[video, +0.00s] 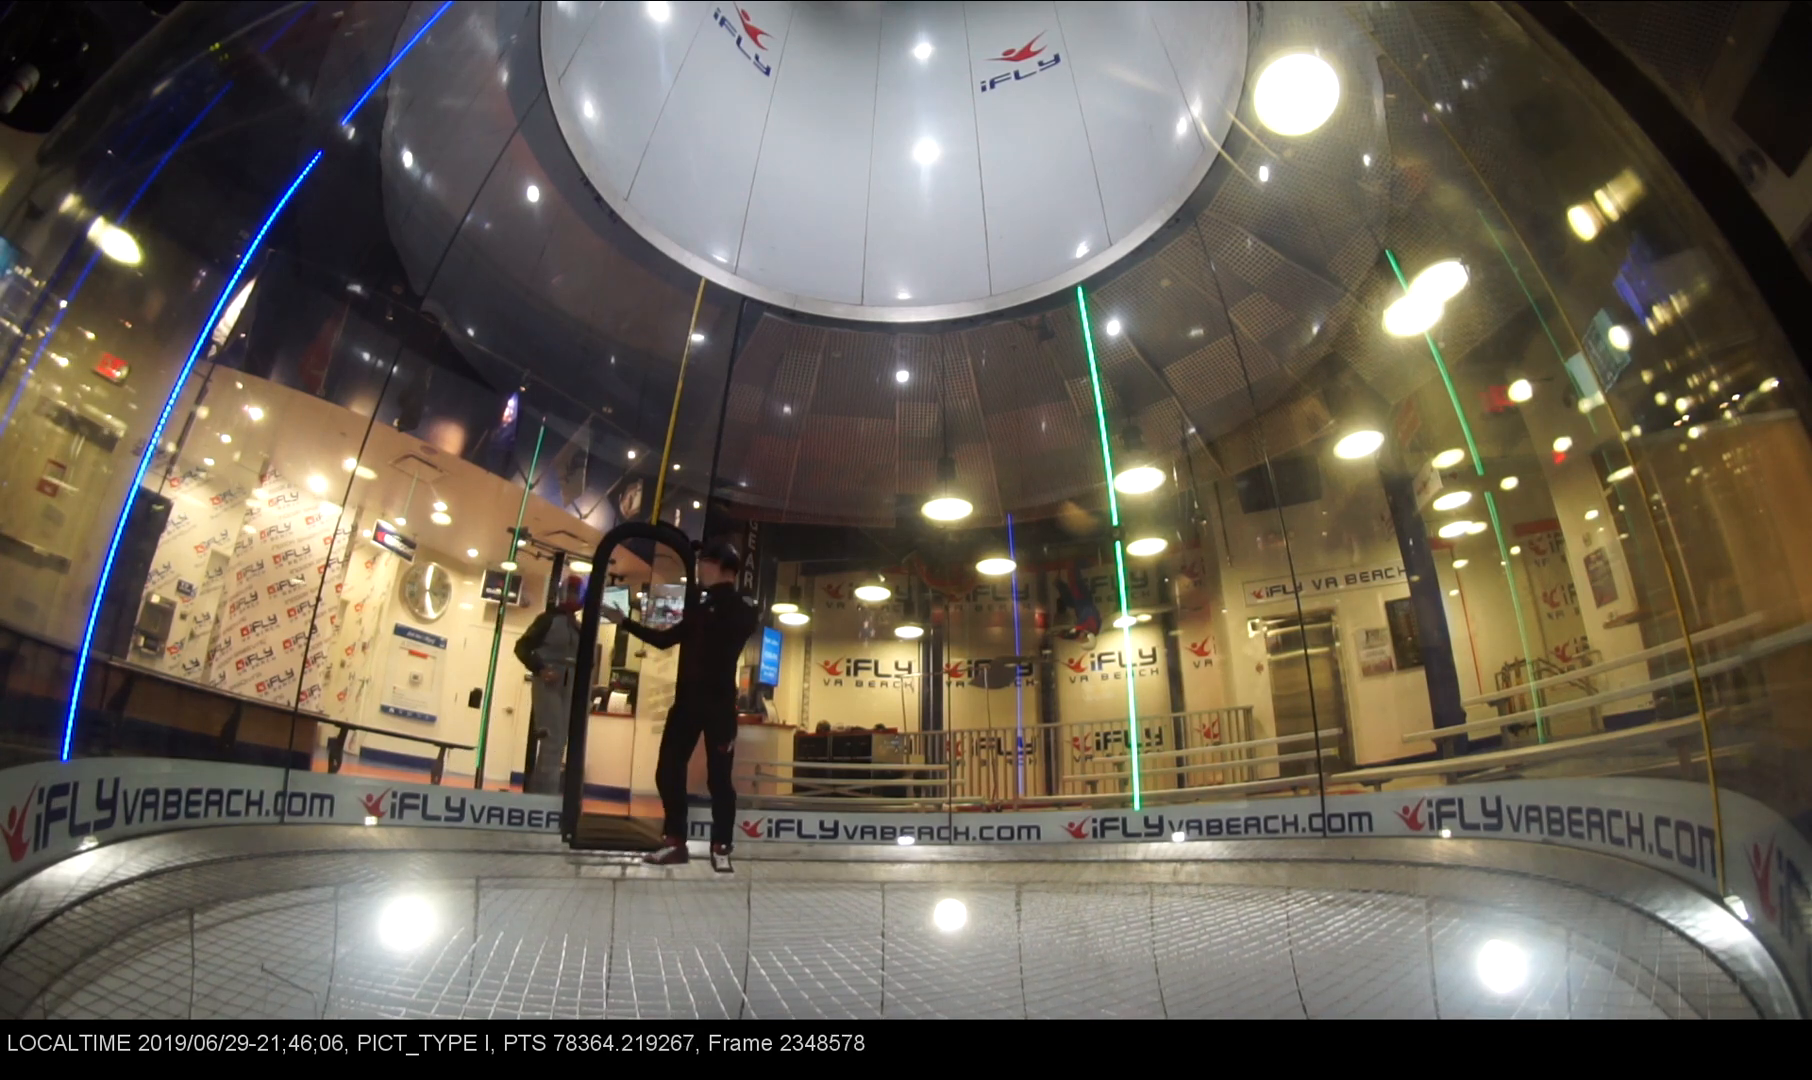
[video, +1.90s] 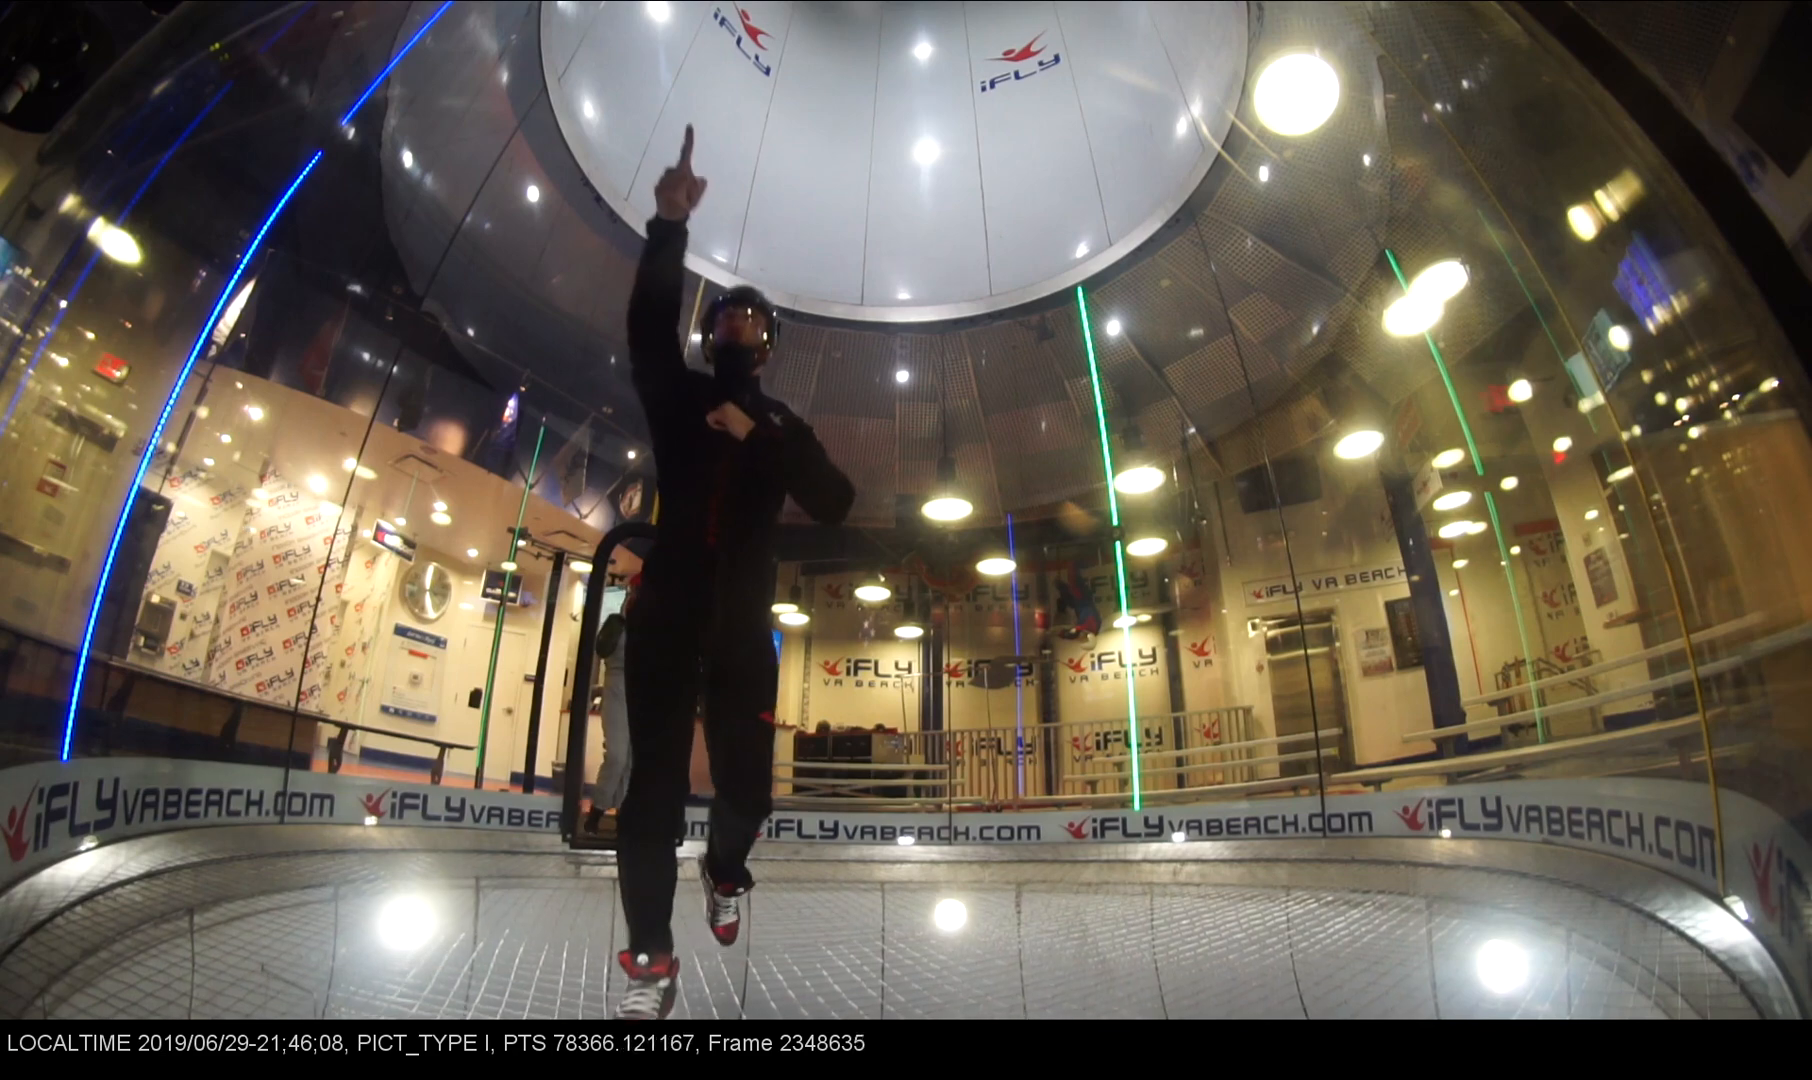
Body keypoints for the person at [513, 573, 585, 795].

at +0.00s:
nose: (576, 597)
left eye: (578, 592)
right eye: (572, 591)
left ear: (582, 596)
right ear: (563, 593)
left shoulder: (577, 625)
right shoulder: (549, 619)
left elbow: (587, 656)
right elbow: (522, 647)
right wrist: (540, 668)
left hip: (570, 684)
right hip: (549, 682)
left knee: (559, 739)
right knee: (553, 738)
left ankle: (548, 794)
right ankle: (543, 795)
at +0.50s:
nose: (583, 597)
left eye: (587, 593)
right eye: (579, 592)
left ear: (592, 596)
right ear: (570, 593)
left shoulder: (591, 623)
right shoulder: (557, 618)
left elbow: (598, 662)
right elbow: (533, 646)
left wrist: (594, 635)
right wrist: (556, 642)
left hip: (581, 690)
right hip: (555, 686)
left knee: (562, 737)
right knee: (561, 735)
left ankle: (545, 786)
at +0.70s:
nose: (588, 597)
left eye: (592, 592)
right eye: (585, 590)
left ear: (595, 596)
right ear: (575, 592)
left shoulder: (592, 625)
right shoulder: (563, 617)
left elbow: (618, 645)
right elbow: (552, 634)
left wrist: (614, 616)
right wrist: (570, 607)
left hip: (584, 688)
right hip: (562, 686)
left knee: (568, 739)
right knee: (565, 737)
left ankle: (548, 786)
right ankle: (573, 793)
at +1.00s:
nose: (605, 601)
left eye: (609, 596)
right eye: (601, 595)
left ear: (611, 601)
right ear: (590, 595)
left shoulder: (611, 627)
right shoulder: (574, 619)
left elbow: (634, 634)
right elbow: (583, 617)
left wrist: (622, 602)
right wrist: (598, 590)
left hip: (602, 695)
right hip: (579, 692)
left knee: (596, 755)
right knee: (582, 754)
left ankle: (567, 796)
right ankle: (577, 810)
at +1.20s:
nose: (614, 596)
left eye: (618, 592)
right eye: (610, 590)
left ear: (622, 598)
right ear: (598, 592)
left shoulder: (621, 626)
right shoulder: (586, 619)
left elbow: (641, 643)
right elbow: (581, 624)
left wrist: (633, 611)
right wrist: (597, 602)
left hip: (613, 691)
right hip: (589, 690)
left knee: (614, 752)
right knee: (586, 750)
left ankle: (594, 800)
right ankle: (581, 807)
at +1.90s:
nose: (633, 602)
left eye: (638, 598)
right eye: (632, 596)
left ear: (644, 603)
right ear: (628, 599)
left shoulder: (650, 626)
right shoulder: (617, 622)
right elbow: (602, 650)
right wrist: (619, 620)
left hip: (640, 690)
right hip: (617, 688)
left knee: (633, 756)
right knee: (617, 754)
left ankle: (622, 810)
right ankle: (597, 809)